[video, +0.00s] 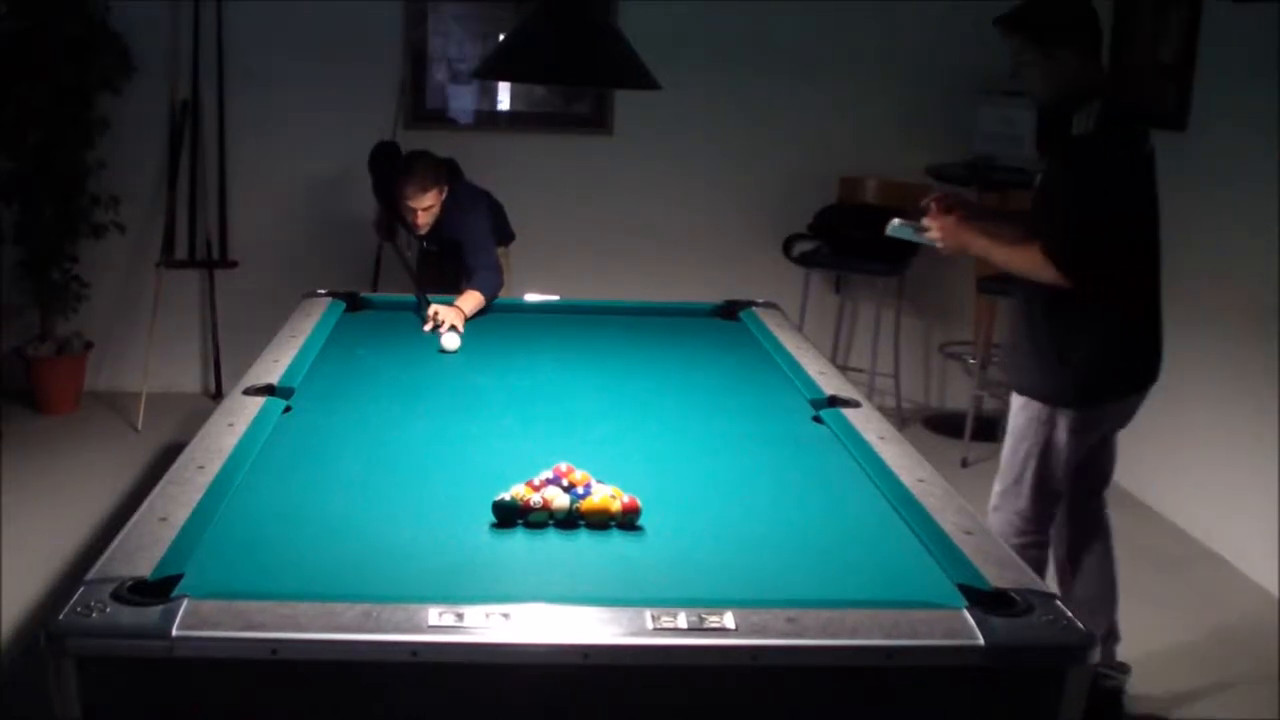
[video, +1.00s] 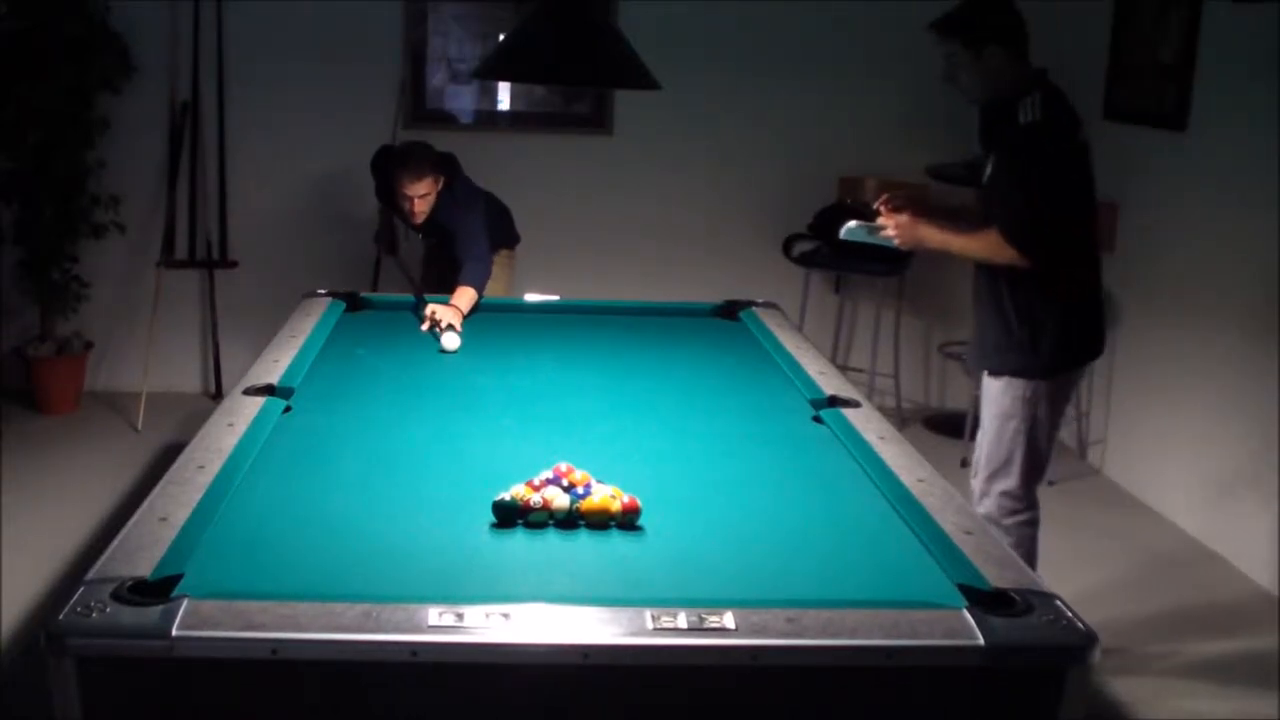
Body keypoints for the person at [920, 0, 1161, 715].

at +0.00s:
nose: (1019, 75)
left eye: (1028, 60)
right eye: (1018, 61)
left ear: (1063, 59)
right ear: (1081, 55)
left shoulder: (1085, 134)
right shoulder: (1106, 126)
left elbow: (1069, 265)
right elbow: (1060, 231)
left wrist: (974, 242)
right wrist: (978, 217)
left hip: (1065, 372)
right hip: (1102, 367)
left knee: (1015, 528)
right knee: (1080, 521)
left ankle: (1005, 674)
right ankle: (1093, 661)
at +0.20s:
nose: (985, 75)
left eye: (994, 59)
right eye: (985, 60)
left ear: (1029, 57)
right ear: (1045, 53)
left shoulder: (1063, 128)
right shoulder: (1059, 118)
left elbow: (1039, 266)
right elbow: (1030, 223)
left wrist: (946, 243)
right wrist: (952, 208)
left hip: (1046, 360)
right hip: (1049, 353)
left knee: (1008, 517)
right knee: (1023, 507)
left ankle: (1055, 644)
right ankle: (1067, 630)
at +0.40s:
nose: (972, 78)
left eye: (979, 63)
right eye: (970, 64)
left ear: (1012, 55)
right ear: (1025, 54)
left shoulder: (1049, 120)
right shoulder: (1040, 112)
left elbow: (1025, 258)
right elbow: (1015, 218)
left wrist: (934, 239)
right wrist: (939, 214)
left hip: (1044, 356)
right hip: (1027, 348)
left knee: (1009, 515)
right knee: (989, 484)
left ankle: (1011, 638)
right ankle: (993, 625)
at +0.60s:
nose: (960, 77)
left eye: (966, 62)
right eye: (957, 63)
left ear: (1002, 55)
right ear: (1010, 56)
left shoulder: (1043, 118)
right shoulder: (1024, 112)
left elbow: (1025, 251)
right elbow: (1006, 218)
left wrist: (929, 236)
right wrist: (930, 215)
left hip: (1040, 354)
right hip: (1018, 346)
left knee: (1009, 515)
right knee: (987, 495)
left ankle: (1010, 638)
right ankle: (986, 627)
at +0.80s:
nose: (952, 78)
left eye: (959, 62)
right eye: (950, 63)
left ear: (993, 55)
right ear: (1003, 56)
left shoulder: (1035, 117)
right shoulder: (1020, 111)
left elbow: (1025, 247)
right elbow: (1002, 216)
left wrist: (928, 237)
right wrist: (925, 212)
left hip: (1040, 348)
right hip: (1022, 342)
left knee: (1004, 504)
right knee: (994, 494)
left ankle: (1008, 634)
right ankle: (997, 625)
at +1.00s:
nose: (951, 79)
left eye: (958, 64)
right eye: (949, 65)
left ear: (993, 55)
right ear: (1001, 57)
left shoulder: (1037, 117)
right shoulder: (1016, 111)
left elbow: (1022, 245)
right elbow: (997, 212)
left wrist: (928, 235)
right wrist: (923, 210)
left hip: (1036, 344)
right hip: (1014, 337)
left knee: (1003, 498)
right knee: (992, 489)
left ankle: (1007, 629)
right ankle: (994, 620)